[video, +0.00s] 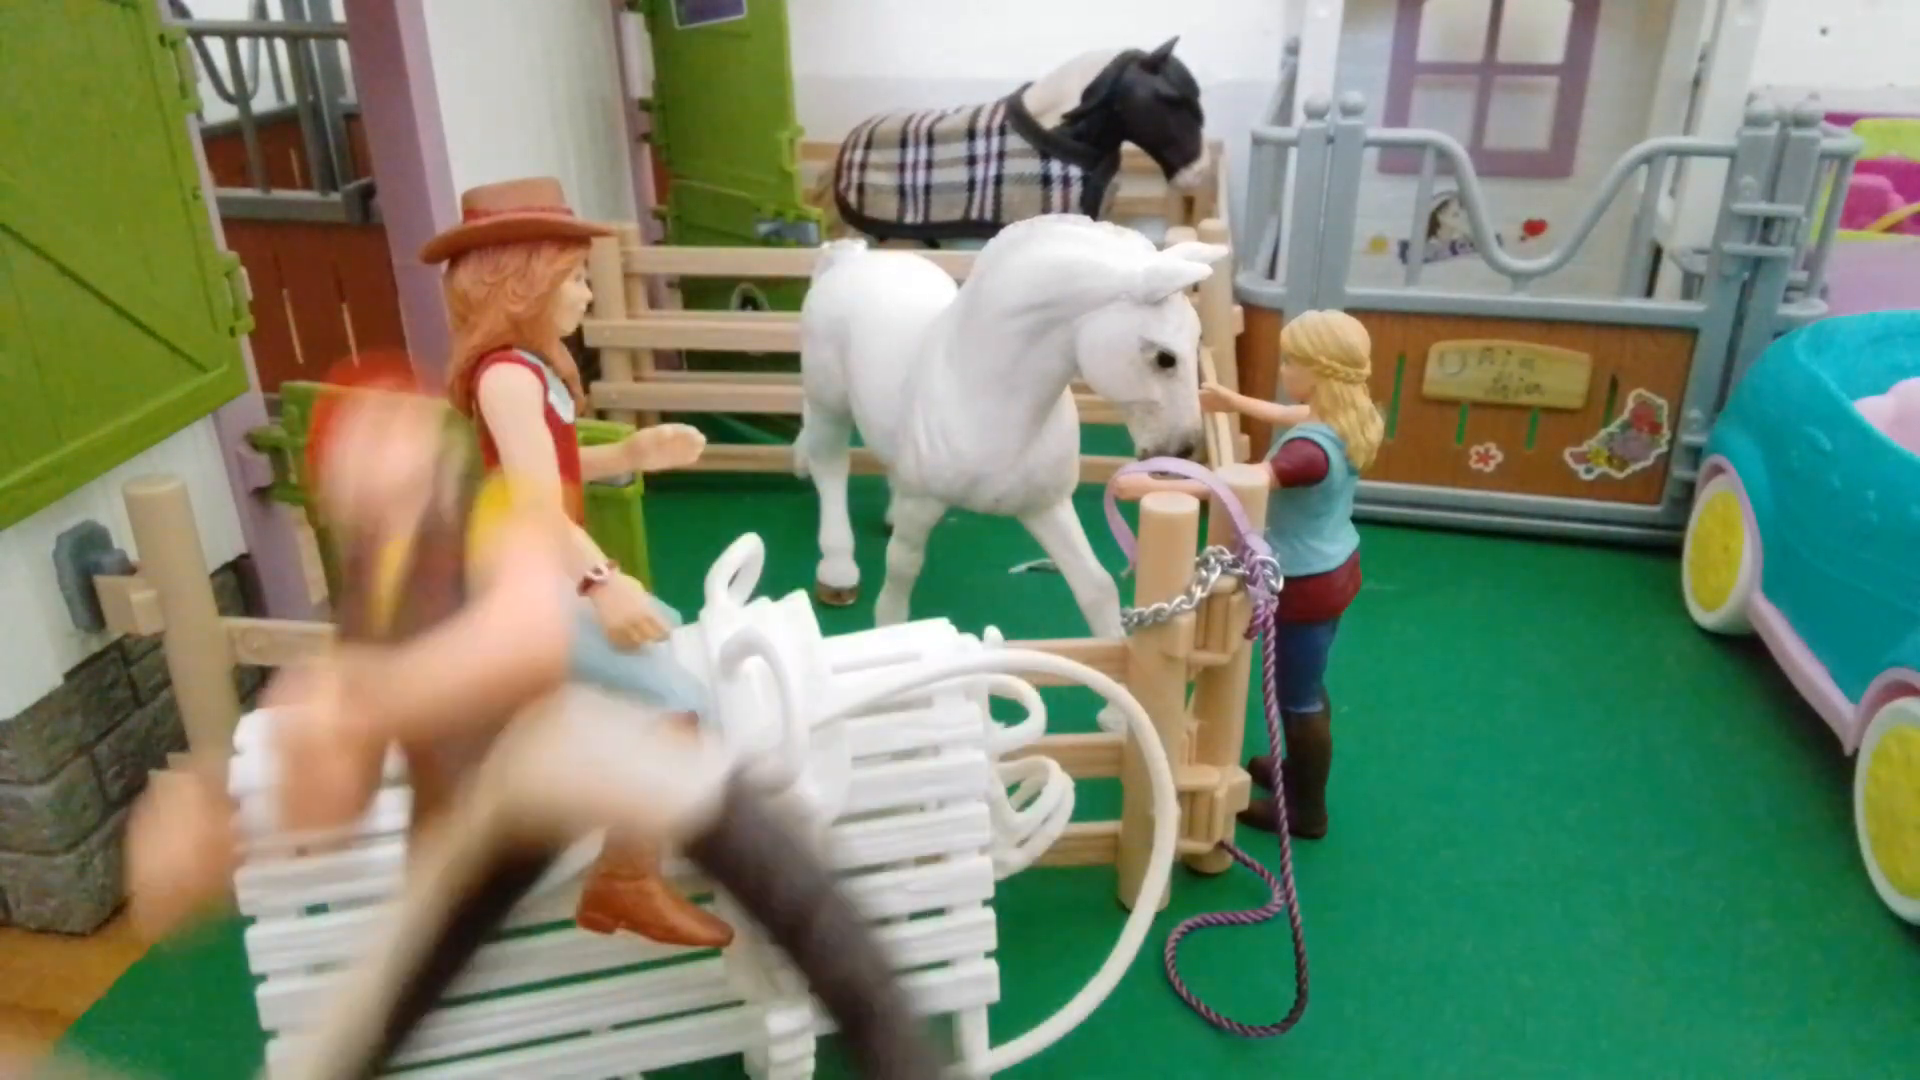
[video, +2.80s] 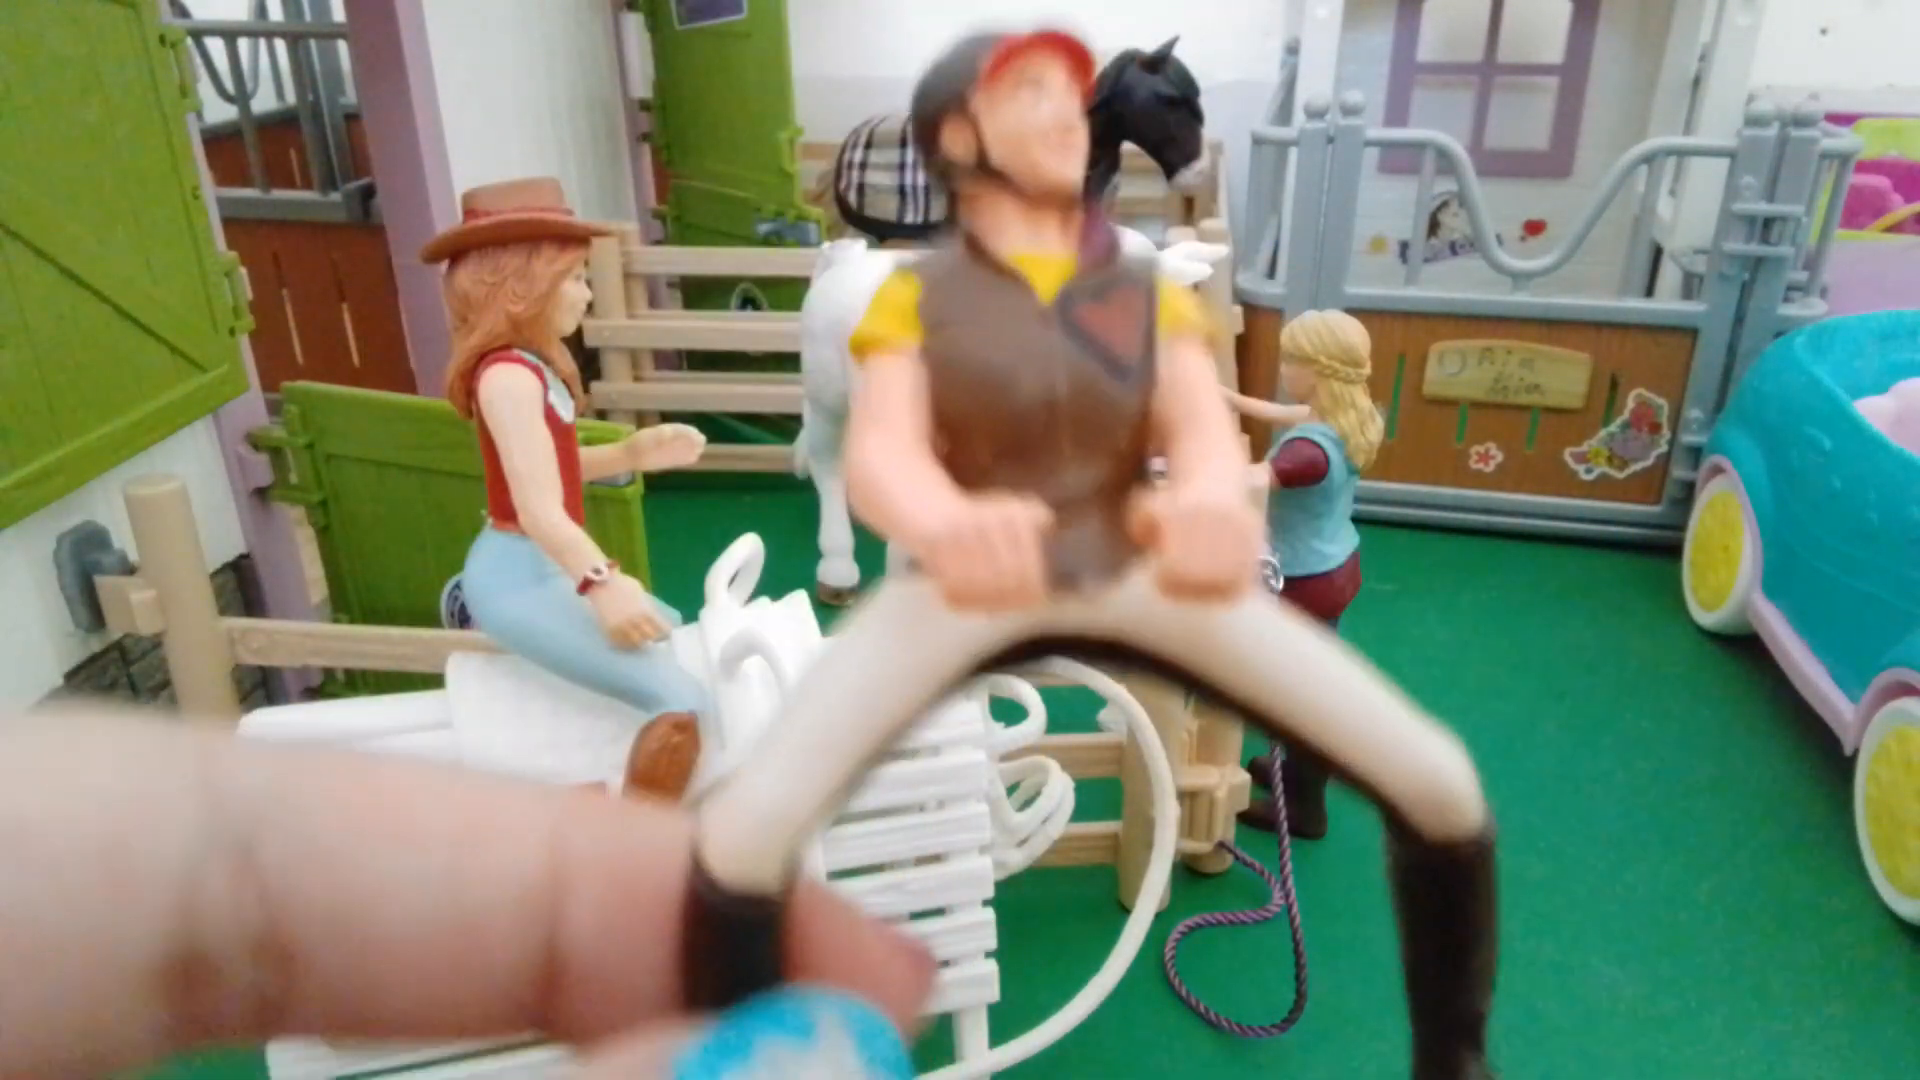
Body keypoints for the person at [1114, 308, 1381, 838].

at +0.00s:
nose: (1283, 370)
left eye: (1290, 361)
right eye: (1285, 360)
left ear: (1319, 371)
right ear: (1338, 372)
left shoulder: (1315, 448)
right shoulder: (1347, 418)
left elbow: (1247, 478)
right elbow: (1288, 415)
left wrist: (1159, 485)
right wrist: (1235, 400)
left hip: (1304, 587)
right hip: (1332, 567)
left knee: (1300, 700)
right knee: (1300, 681)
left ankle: (1304, 812)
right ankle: (1299, 773)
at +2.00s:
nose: (1282, 370)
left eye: (1290, 361)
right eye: (1285, 359)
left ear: (1319, 372)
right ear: (1336, 372)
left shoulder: (1314, 447)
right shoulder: (1347, 417)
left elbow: (1242, 480)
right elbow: (1286, 415)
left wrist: (1157, 484)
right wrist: (1235, 401)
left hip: (1304, 588)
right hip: (1331, 567)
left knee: (1300, 701)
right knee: (1301, 682)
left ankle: (1303, 813)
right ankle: (1298, 773)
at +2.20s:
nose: (1280, 371)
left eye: (1289, 361)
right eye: (1283, 360)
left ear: (1317, 373)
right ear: (1335, 373)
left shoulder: (1315, 448)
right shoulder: (1344, 419)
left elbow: (1253, 488)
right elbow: (1286, 416)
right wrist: (1233, 400)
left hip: (1316, 575)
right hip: (1337, 561)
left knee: (1295, 686)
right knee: (1309, 674)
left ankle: (1299, 807)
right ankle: (1300, 769)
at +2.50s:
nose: (1281, 371)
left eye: (1290, 363)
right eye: (1284, 361)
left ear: (1317, 374)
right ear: (1336, 373)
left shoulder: (1315, 448)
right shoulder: (1346, 419)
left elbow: (1253, 479)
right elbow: (1292, 415)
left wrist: (1193, 479)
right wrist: (1236, 401)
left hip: (1309, 579)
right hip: (1333, 565)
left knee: (1297, 691)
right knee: (1299, 676)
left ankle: (1302, 809)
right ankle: (1298, 771)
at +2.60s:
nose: (1280, 373)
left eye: (1290, 363)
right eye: (1283, 362)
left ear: (1314, 373)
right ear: (1347, 369)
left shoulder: (1316, 438)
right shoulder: (1356, 422)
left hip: (1310, 574)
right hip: (1335, 564)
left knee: (1296, 688)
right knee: (1304, 680)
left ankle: (1303, 806)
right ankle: (1295, 772)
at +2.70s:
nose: (1281, 373)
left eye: (1290, 363)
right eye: (1286, 363)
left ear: (1308, 373)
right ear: (1349, 372)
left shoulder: (1311, 444)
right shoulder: (1336, 432)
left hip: (1316, 573)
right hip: (1337, 562)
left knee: (1304, 697)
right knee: (1304, 685)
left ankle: (1303, 806)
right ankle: (1294, 773)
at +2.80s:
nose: (1282, 371)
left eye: (1290, 362)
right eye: (1285, 360)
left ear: (1317, 373)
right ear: (1332, 372)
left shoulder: (1312, 448)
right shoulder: (1349, 417)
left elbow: (1248, 478)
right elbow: (1292, 415)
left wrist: (1187, 475)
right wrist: (1235, 400)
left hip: (1308, 586)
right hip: (1340, 564)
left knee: (1300, 694)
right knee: (1300, 674)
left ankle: (1303, 809)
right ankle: (1293, 766)